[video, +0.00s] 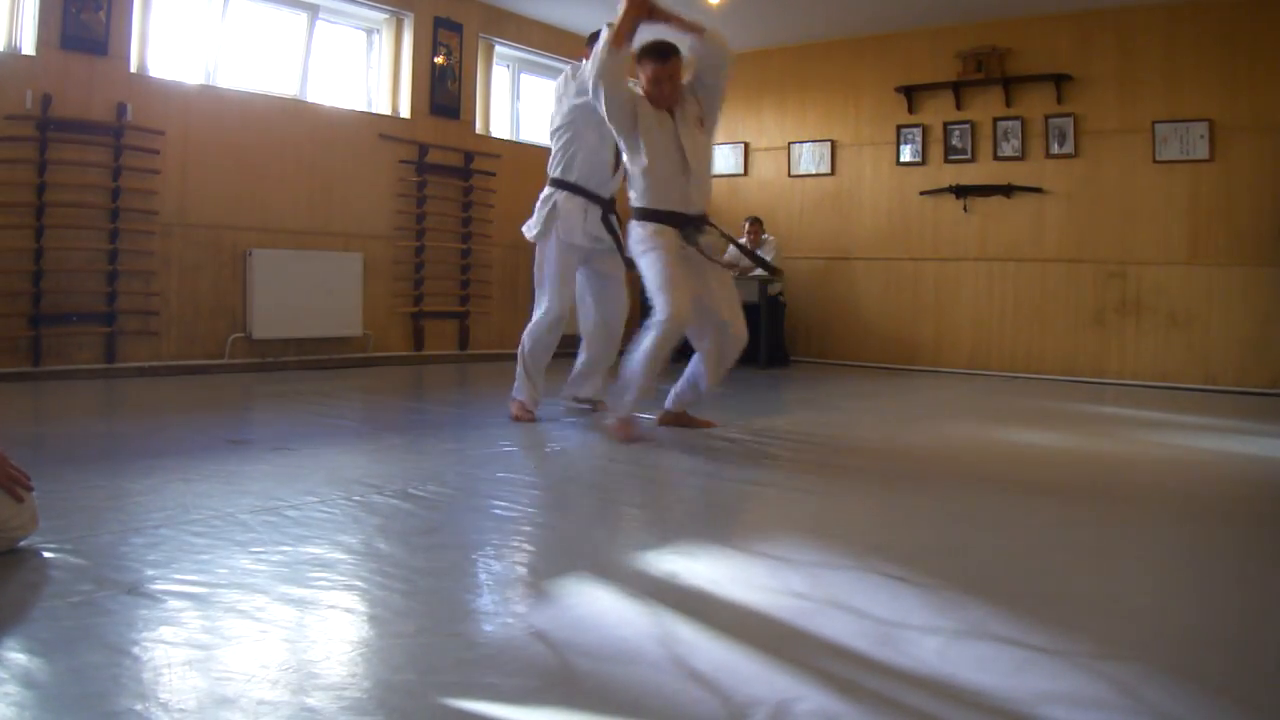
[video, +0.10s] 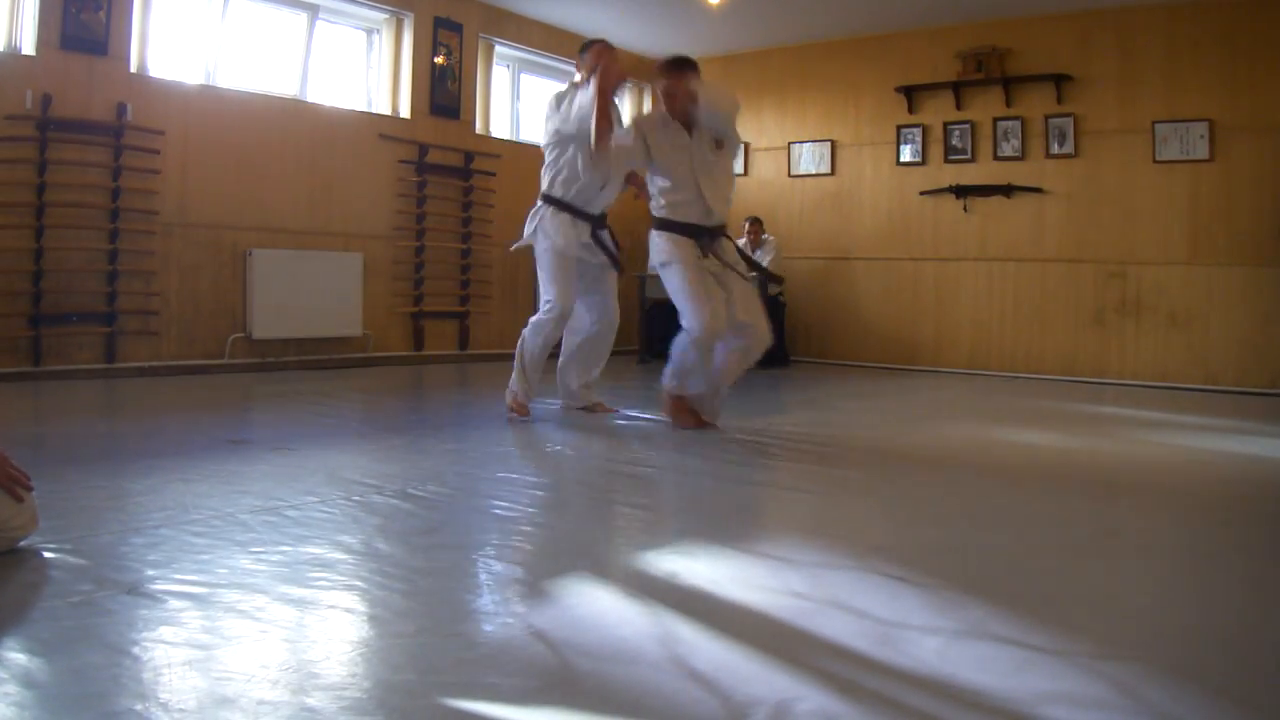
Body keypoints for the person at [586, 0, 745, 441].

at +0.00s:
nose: (662, 86)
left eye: (668, 77)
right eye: (653, 78)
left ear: (681, 74)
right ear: (638, 79)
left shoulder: (699, 112)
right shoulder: (631, 117)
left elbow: (719, 53)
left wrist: (670, 19)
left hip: (695, 235)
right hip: (652, 230)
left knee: (730, 334)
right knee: (673, 312)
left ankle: (677, 407)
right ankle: (620, 413)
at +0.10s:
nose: (676, 96)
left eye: (684, 88)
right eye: (669, 89)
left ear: (697, 90)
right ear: (659, 92)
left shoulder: (717, 128)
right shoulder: (648, 129)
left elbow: (727, 108)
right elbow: (607, 156)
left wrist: (691, 89)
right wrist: (603, 94)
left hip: (716, 240)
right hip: (672, 239)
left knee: (755, 332)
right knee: (703, 321)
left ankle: (700, 402)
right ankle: (676, 391)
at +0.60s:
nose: (759, 185)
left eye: (766, 180)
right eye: (756, 178)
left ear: (786, 179)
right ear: (751, 175)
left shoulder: (803, 211)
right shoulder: (735, 198)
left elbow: (797, 256)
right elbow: (692, 191)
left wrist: (748, 270)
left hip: (774, 311)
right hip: (731, 298)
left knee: (767, 410)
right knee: (679, 310)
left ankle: (785, 394)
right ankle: (692, 395)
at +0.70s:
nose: (768, 183)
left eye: (777, 177)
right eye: (765, 175)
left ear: (795, 178)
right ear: (759, 173)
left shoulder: (809, 208)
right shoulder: (740, 199)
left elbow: (801, 232)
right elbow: (694, 178)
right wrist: (656, 153)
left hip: (777, 314)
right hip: (735, 297)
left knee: (768, 409)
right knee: (673, 307)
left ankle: (785, 394)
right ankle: (697, 388)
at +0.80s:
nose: (772, 183)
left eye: (781, 179)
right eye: (769, 175)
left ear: (798, 181)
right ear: (764, 173)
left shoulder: (810, 208)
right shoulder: (746, 200)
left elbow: (809, 222)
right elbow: (703, 187)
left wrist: (795, 219)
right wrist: (662, 166)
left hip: (776, 315)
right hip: (735, 297)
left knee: (766, 410)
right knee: (673, 304)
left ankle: (787, 390)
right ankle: (707, 383)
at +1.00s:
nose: (763, 179)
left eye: (771, 174)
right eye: (759, 172)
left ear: (787, 179)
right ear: (753, 174)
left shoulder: (803, 212)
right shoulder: (736, 206)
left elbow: (826, 235)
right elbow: (696, 208)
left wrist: (785, 221)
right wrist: (670, 212)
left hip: (777, 313)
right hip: (735, 301)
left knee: (767, 410)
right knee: (692, 324)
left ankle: (789, 393)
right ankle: (724, 404)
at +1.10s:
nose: (753, 170)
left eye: (762, 164)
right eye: (749, 163)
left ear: (778, 169)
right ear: (744, 166)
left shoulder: (796, 204)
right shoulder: (727, 204)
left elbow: (837, 244)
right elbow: (674, 218)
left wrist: (803, 250)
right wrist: (673, 241)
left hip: (776, 303)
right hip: (734, 294)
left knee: (763, 407)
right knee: (697, 324)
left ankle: (790, 388)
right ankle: (724, 404)